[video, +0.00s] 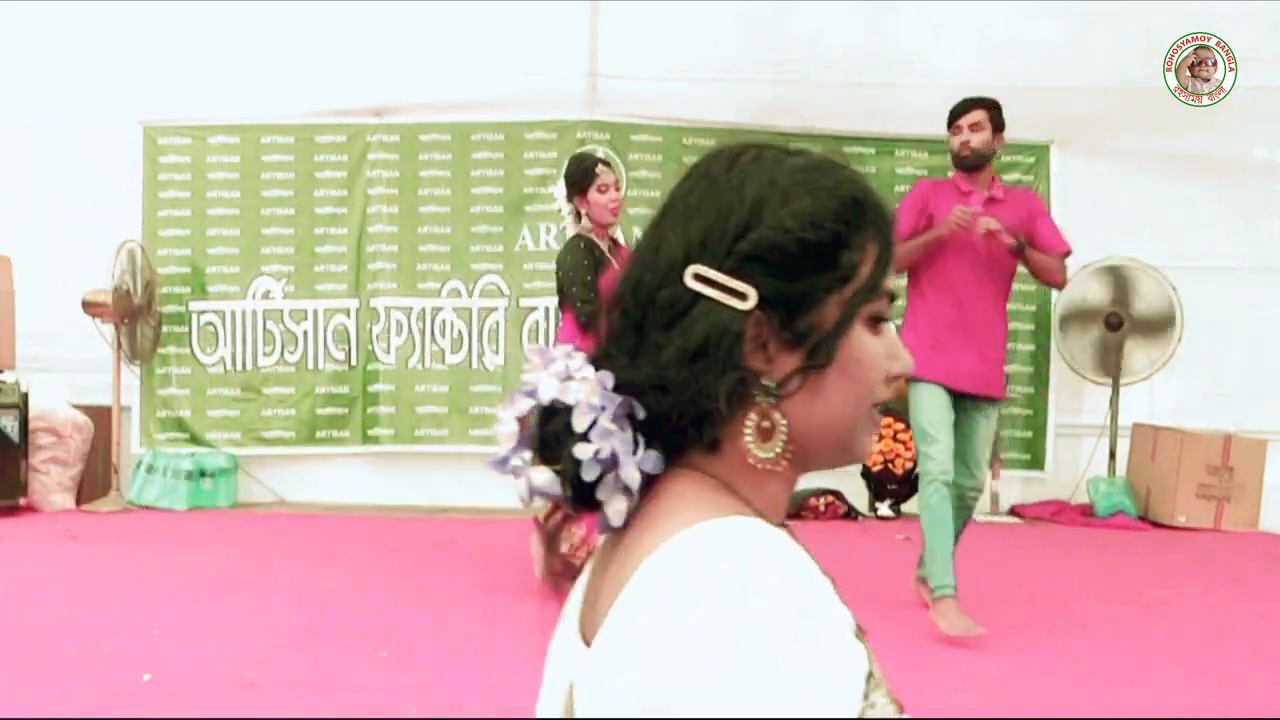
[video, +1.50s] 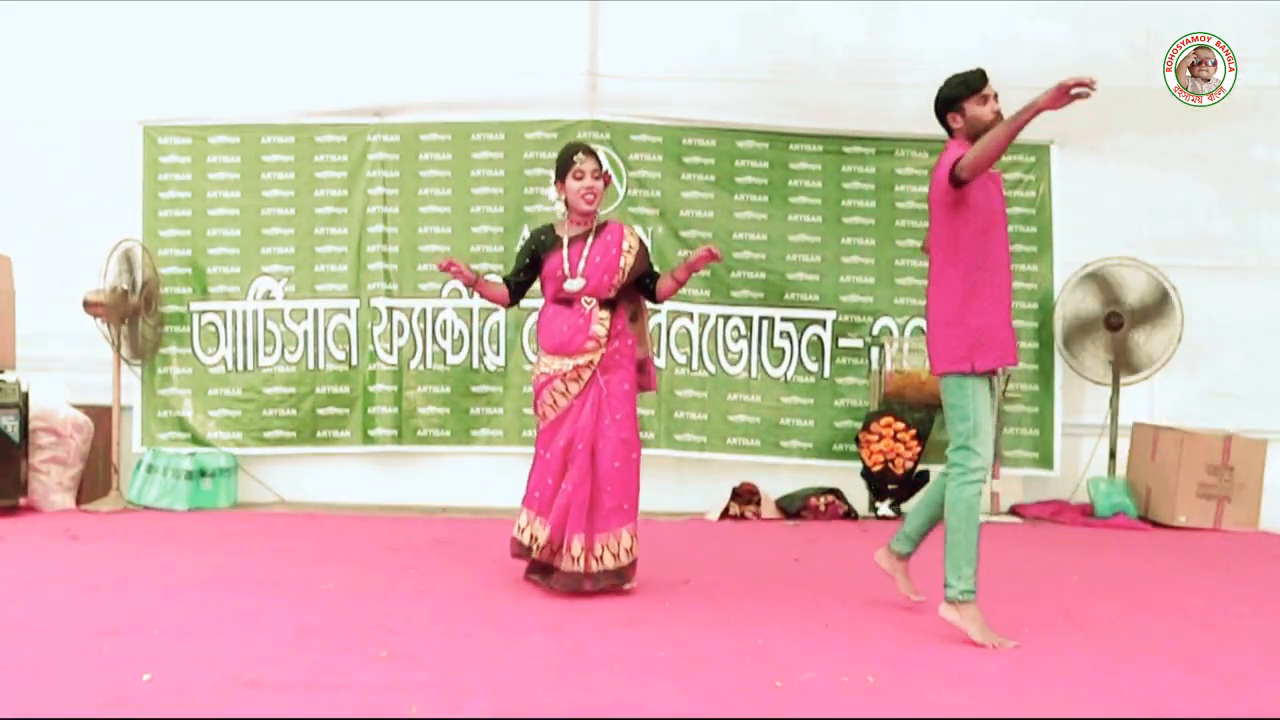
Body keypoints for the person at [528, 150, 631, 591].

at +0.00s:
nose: (614, 198)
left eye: (617, 188)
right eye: (603, 190)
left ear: (622, 191)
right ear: (580, 200)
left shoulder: (622, 249)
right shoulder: (576, 253)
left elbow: (632, 303)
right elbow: (586, 316)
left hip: (615, 364)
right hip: (581, 366)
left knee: (611, 463)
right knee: (581, 463)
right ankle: (567, 549)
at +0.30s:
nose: (634, 188)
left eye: (635, 179)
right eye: (624, 181)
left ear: (626, 185)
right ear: (598, 190)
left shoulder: (592, 237)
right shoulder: (618, 236)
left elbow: (606, 301)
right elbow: (624, 300)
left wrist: (654, 289)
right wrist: (673, 308)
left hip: (589, 372)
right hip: (611, 377)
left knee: (607, 472)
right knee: (640, 476)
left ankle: (585, 571)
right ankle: (600, 598)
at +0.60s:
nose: (640, 171)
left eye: (639, 161)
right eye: (628, 164)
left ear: (626, 169)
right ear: (602, 176)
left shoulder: (592, 225)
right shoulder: (618, 217)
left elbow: (578, 278)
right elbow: (607, 268)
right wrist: (653, 251)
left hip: (597, 356)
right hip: (618, 361)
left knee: (617, 463)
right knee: (635, 467)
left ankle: (599, 563)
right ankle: (605, 589)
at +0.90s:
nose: (621, 191)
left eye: (623, 182)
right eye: (609, 184)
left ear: (627, 188)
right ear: (584, 193)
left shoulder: (629, 242)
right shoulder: (574, 247)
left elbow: (658, 306)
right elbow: (589, 312)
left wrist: (653, 274)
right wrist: (642, 286)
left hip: (618, 377)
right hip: (574, 377)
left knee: (633, 469)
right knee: (588, 473)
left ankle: (626, 572)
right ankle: (565, 573)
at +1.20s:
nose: (592, 198)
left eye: (598, 190)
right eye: (581, 189)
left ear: (606, 197)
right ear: (561, 196)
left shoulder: (623, 250)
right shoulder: (542, 253)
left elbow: (636, 312)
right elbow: (519, 315)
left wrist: (597, 300)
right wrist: (544, 322)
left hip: (609, 375)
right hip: (557, 377)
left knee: (607, 465)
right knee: (558, 465)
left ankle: (608, 566)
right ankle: (562, 565)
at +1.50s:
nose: (590, 185)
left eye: (597, 177)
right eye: (580, 177)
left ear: (606, 185)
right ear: (561, 187)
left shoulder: (624, 239)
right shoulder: (544, 240)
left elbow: (656, 291)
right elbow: (509, 294)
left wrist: (688, 266)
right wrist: (471, 279)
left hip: (613, 362)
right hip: (559, 363)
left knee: (609, 456)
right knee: (560, 454)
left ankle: (604, 560)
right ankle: (558, 555)